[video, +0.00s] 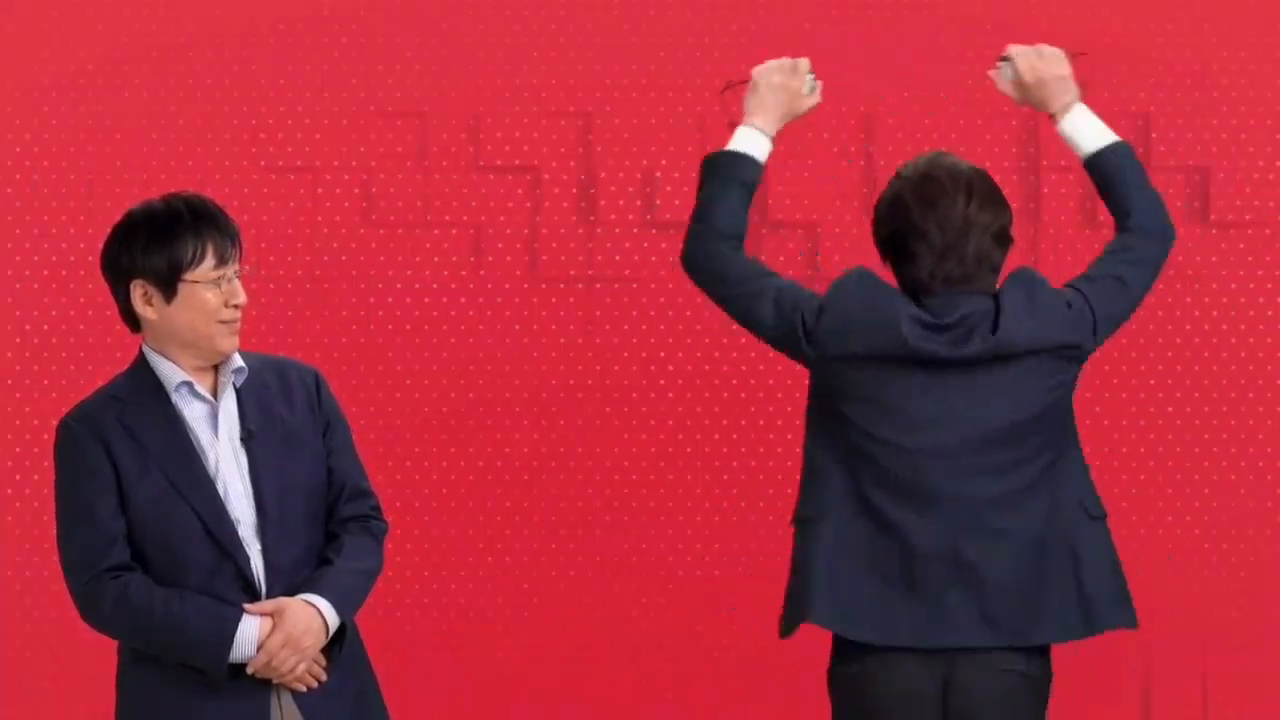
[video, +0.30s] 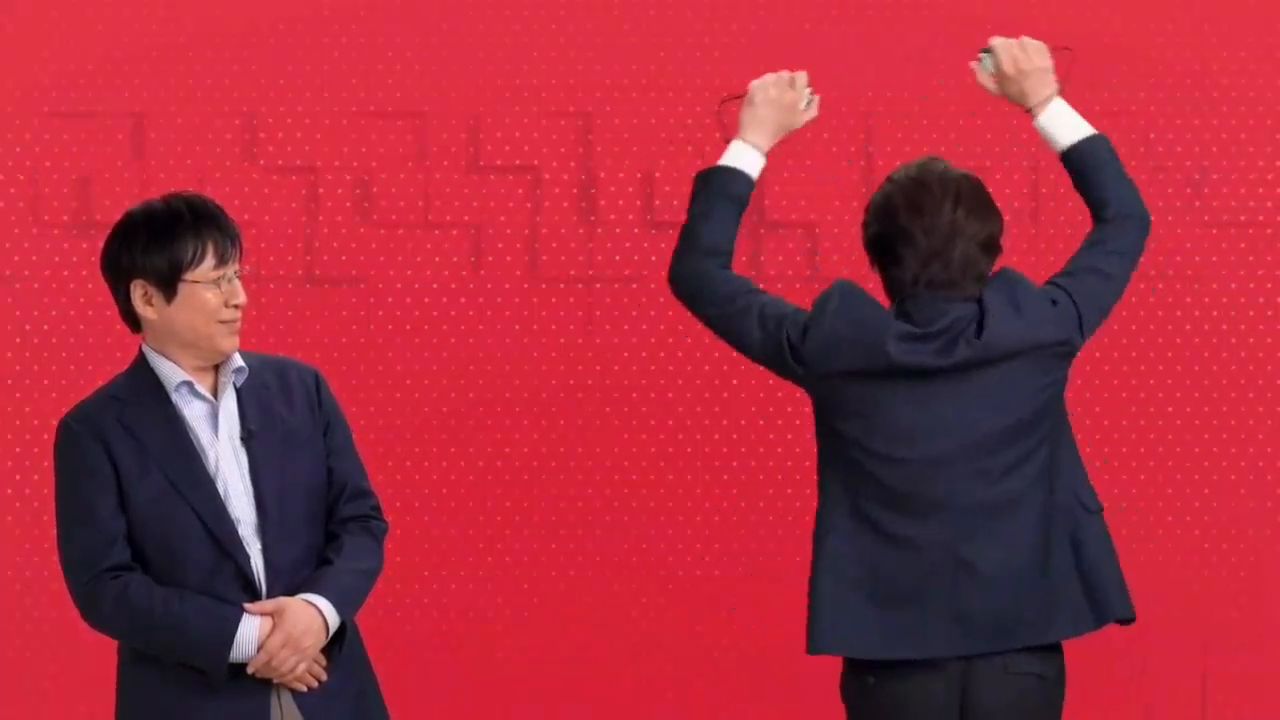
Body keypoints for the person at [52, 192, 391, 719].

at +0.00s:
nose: (238, 298)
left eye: (236, 278)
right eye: (214, 282)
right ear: (147, 300)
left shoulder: (302, 390)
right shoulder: (93, 433)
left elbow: (361, 525)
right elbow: (103, 591)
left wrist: (320, 612)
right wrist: (251, 639)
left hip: (333, 700)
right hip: (192, 708)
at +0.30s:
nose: (238, 298)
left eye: (236, 278)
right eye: (214, 282)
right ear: (147, 300)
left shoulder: (301, 390)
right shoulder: (93, 433)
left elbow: (361, 525)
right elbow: (104, 591)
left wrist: (320, 612)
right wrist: (252, 639)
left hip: (333, 700)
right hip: (192, 708)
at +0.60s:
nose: (235, 298)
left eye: (233, 278)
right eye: (211, 283)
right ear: (144, 301)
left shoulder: (299, 390)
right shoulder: (90, 434)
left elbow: (360, 524)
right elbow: (103, 591)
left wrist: (318, 612)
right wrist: (250, 639)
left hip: (332, 701)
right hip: (191, 708)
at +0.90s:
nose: (233, 297)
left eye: (232, 277)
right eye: (210, 282)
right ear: (143, 300)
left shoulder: (297, 389)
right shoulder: (88, 433)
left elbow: (358, 522)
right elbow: (101, 591)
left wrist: (317, 611)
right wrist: (248, 638)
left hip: (330, 701)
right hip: (189, 708)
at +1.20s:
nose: (235, 297)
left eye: (234, 277)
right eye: (212, 282)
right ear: (145, 300)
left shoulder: (299, 389)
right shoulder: (90, 433)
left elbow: (360, 523)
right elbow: (103, 591)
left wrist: (319, 612)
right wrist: (250, 638)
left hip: (332, 701)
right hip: (191, 708)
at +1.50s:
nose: (239, 297)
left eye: (236, 277)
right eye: (215, 282)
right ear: (147, 300)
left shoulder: (301, 389)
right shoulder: (93, 432)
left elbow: (361, 524)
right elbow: (103, 589)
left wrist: (320, 611)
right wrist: (250, 638)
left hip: (333, 699)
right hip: (192, 707)